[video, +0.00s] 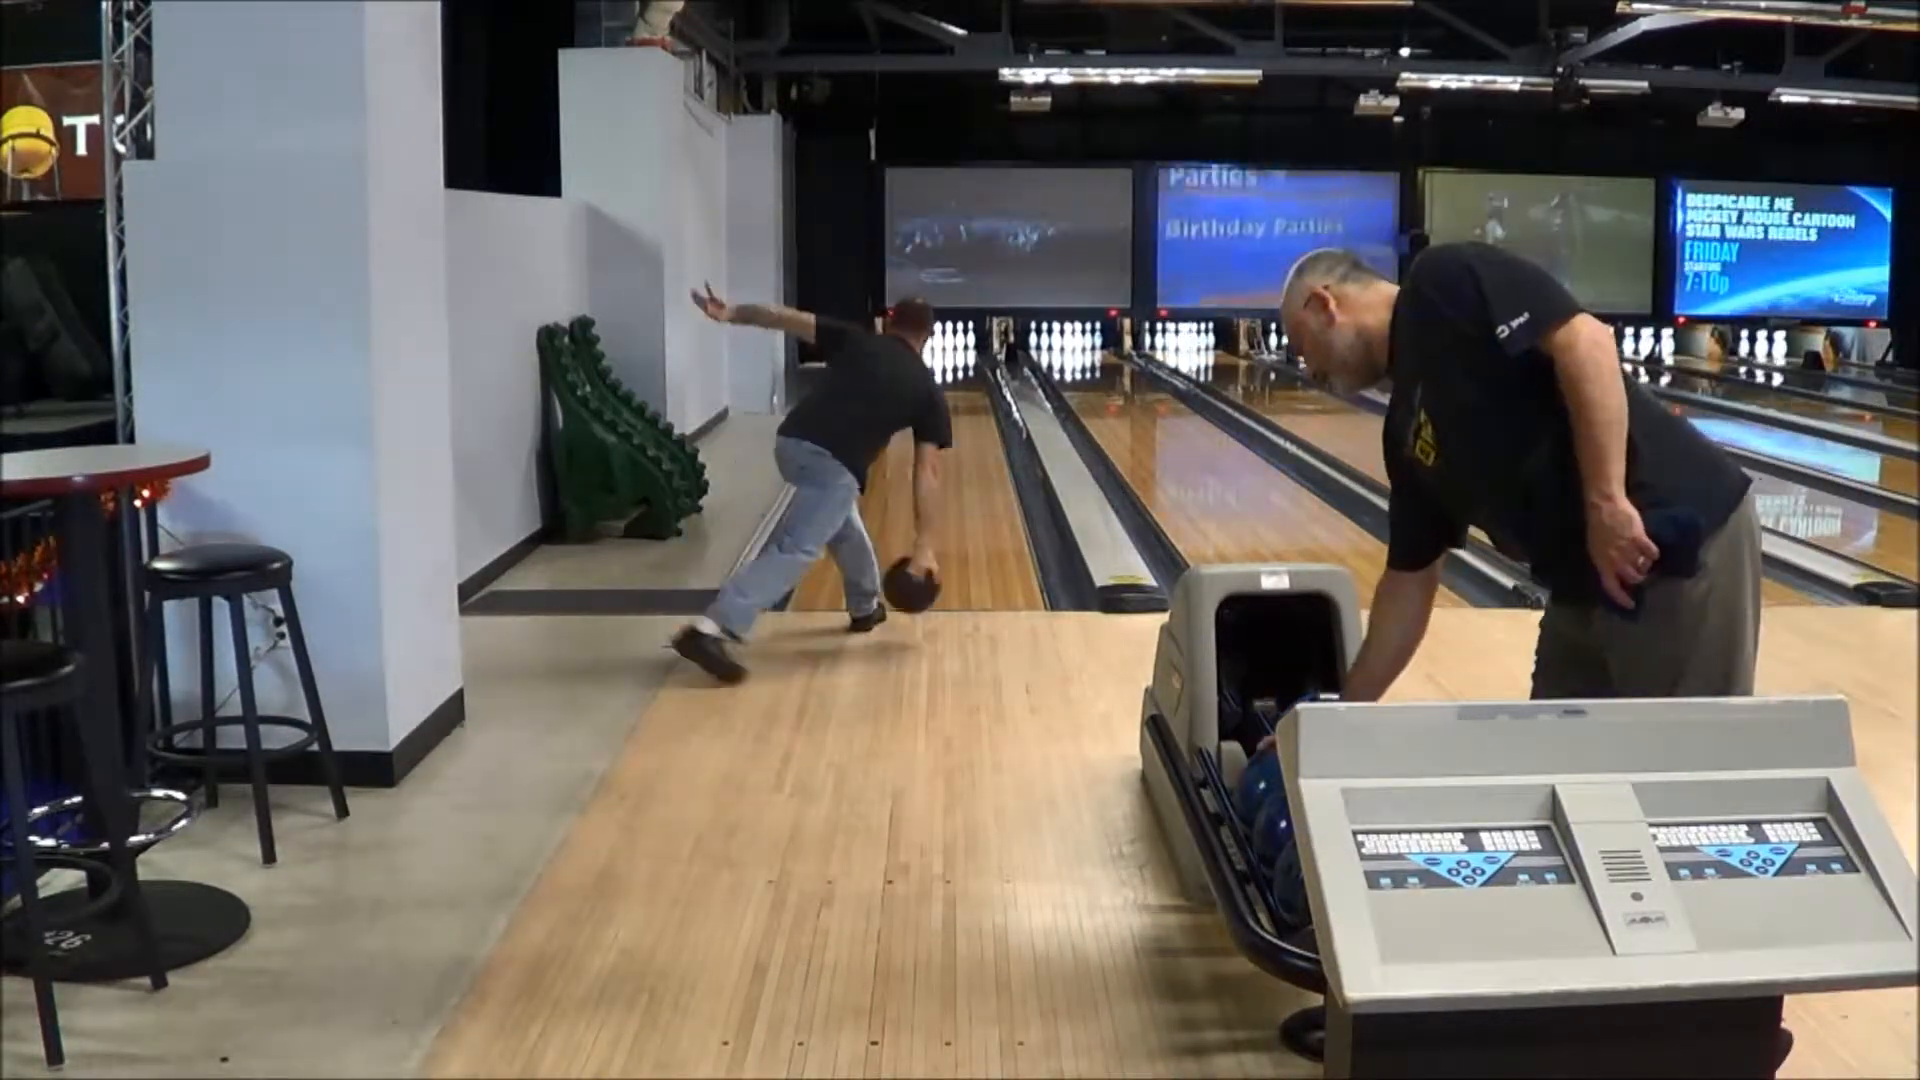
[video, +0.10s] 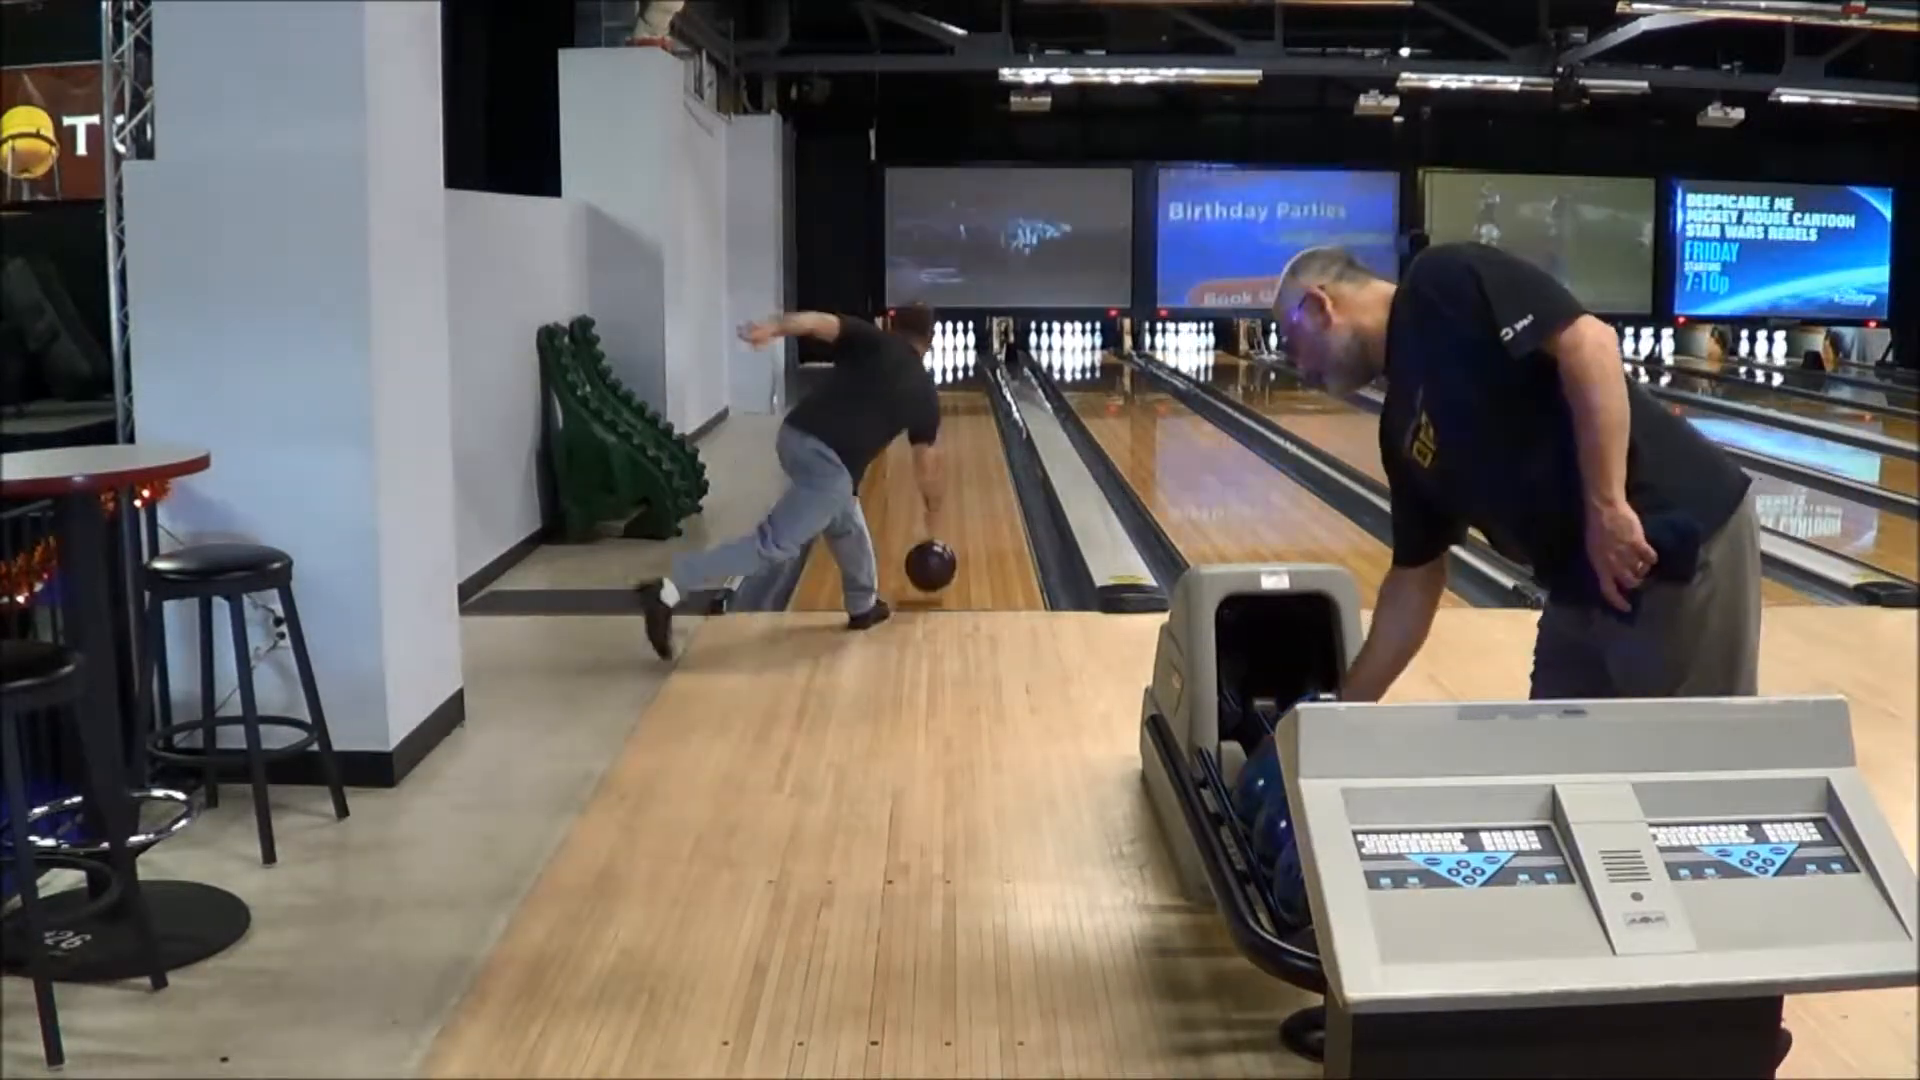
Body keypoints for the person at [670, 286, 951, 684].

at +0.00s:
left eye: (889, 324)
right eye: (923, 335)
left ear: (887, 325)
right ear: (926, 337)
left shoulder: (858, 340)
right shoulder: (925, 389)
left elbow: (785, 318)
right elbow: (928, 472)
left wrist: (730, 313)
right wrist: (924, 546)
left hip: (790, 444)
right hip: (834, 464)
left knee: (845, 526)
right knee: (796, 550)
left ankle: (865, 606)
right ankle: (711, 627)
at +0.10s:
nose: (931, 350)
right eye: (932, 344)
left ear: (891, 326)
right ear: (928, 344)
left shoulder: (872, 339)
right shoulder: (922, 391)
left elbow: (819, 323)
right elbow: (927, 463)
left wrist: (773, 329)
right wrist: (933, 521)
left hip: (795, 438)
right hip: (832, 466)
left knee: (846, 524)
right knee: (773, 544)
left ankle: (863, 606)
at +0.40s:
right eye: (956, 320)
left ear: (918, 307)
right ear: (952, 324)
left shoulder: (889, 322)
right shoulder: (947, 366)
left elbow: (825, 321)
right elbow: (975, 338)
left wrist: (798, 327)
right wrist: (965, 297)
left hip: (802, 418)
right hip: (837, 441)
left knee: (852, 514)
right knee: (777, 525)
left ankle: (863, 604)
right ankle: (679, 587)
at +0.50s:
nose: (951, 316)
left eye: (947, 308)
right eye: (952, 311)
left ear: (918, 297)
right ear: (952, 312)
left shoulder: (883, 314)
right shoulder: (940, 355)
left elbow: (823, 315)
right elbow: (990, 357)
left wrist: (768, 317)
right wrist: (984, 307)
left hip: (807, 415)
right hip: (838, 438)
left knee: (854, 511)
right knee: (783, 522)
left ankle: (863, 605)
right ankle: (688, 585)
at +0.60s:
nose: (953, 310)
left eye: (949, 302)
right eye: (955, 304)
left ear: (918, 289)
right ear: (951, 302)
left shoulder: (880, 307)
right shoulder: (936, 344)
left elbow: (814, 313)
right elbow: (984, 393)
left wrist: (755, 321)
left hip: (810, 411)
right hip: (839, 431)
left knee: (855, 510)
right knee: (787, 516)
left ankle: (863, 604)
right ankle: (695, 584)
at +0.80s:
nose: (955, 295)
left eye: (950, 287)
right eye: (957, 289)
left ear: (921, 277)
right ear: (954, 289)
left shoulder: (882, 296)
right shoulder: (944, 340)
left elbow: (812, 315)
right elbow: (945, 415)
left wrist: (759, 343)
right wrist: (939, 471)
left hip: (812, 400)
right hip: (844, 420)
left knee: (855, 505)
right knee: (797, 509)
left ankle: (863, 603)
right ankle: (708, 579)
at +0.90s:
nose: (956, 291)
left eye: (951, 283)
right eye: (958, 285)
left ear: (922, 274)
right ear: (955, 286)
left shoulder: (884, 295)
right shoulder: (945, 336)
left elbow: (816, 319)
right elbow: (922, 408)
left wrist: (766, 353)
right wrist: (901, 461)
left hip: (817, 400)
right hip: (849, 418)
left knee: (856, 506)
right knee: (806, 506)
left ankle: (863, 602)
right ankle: (716, 579)